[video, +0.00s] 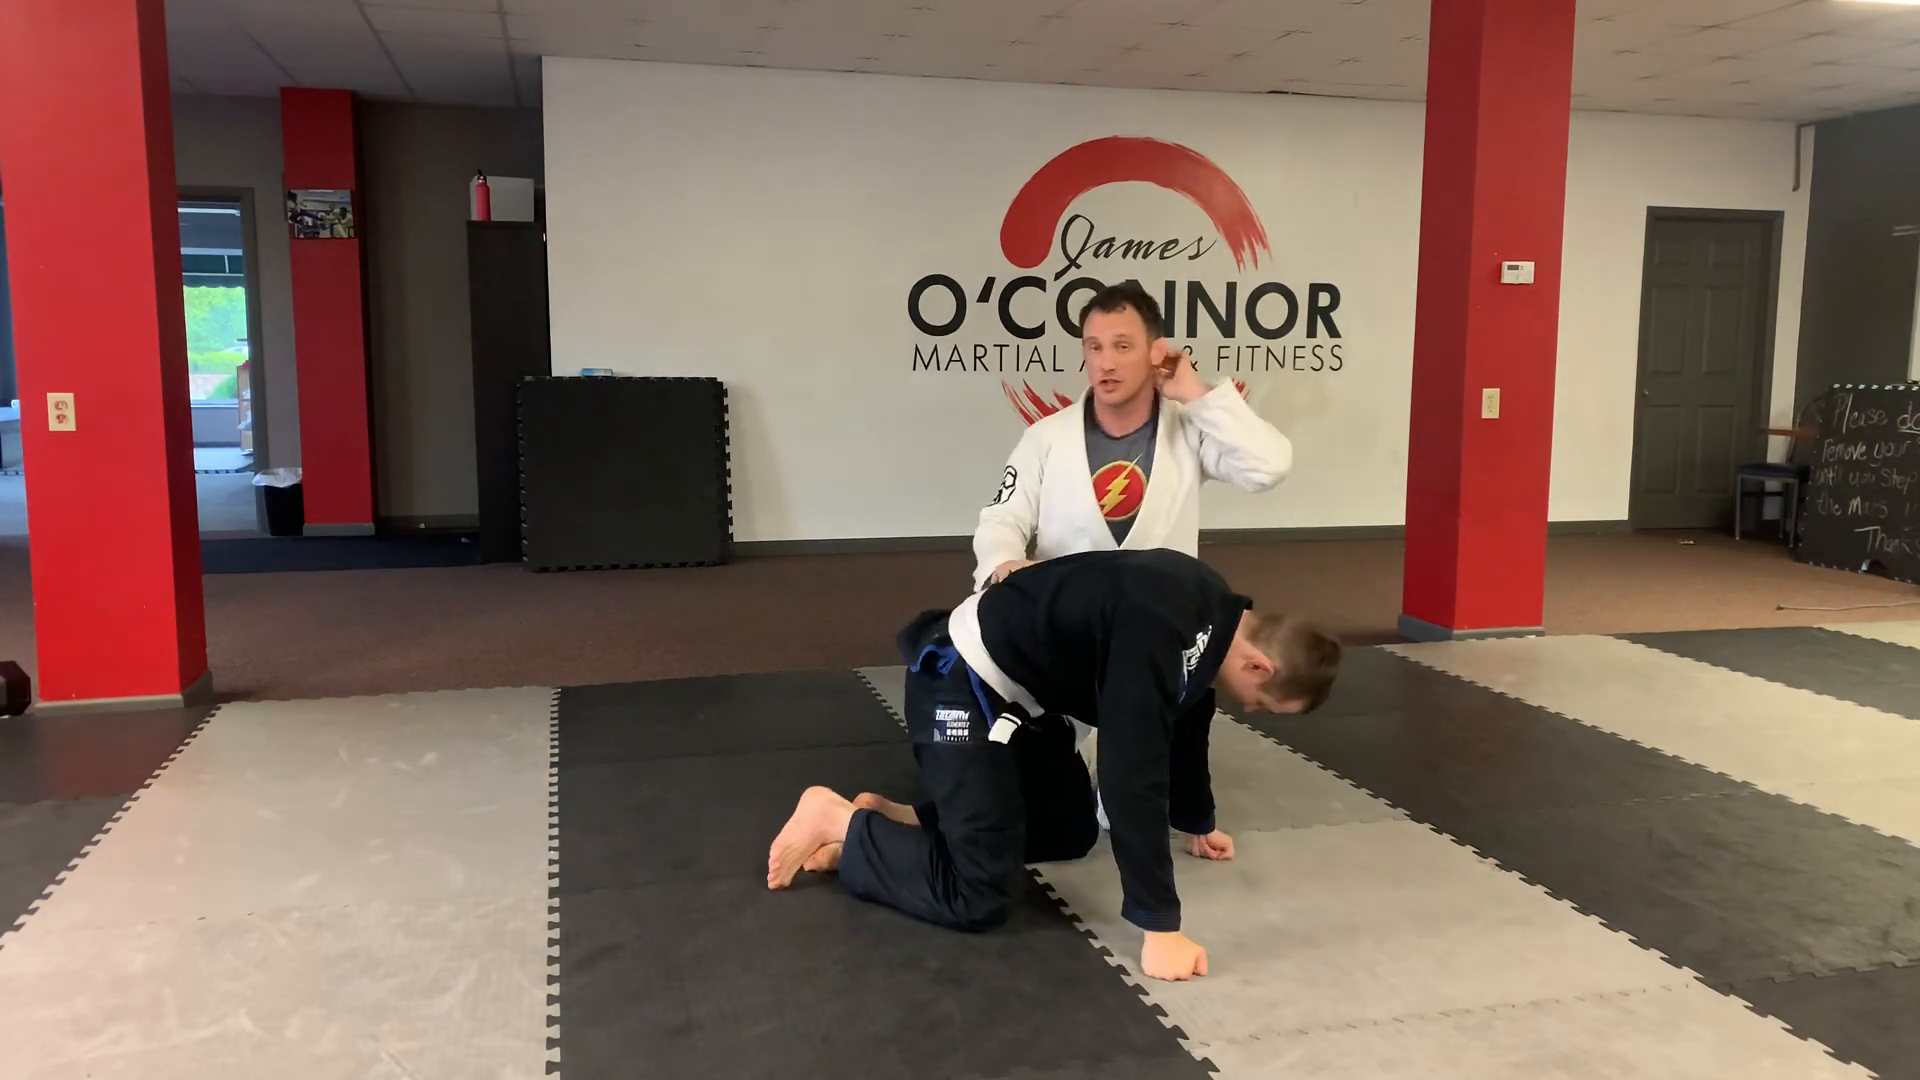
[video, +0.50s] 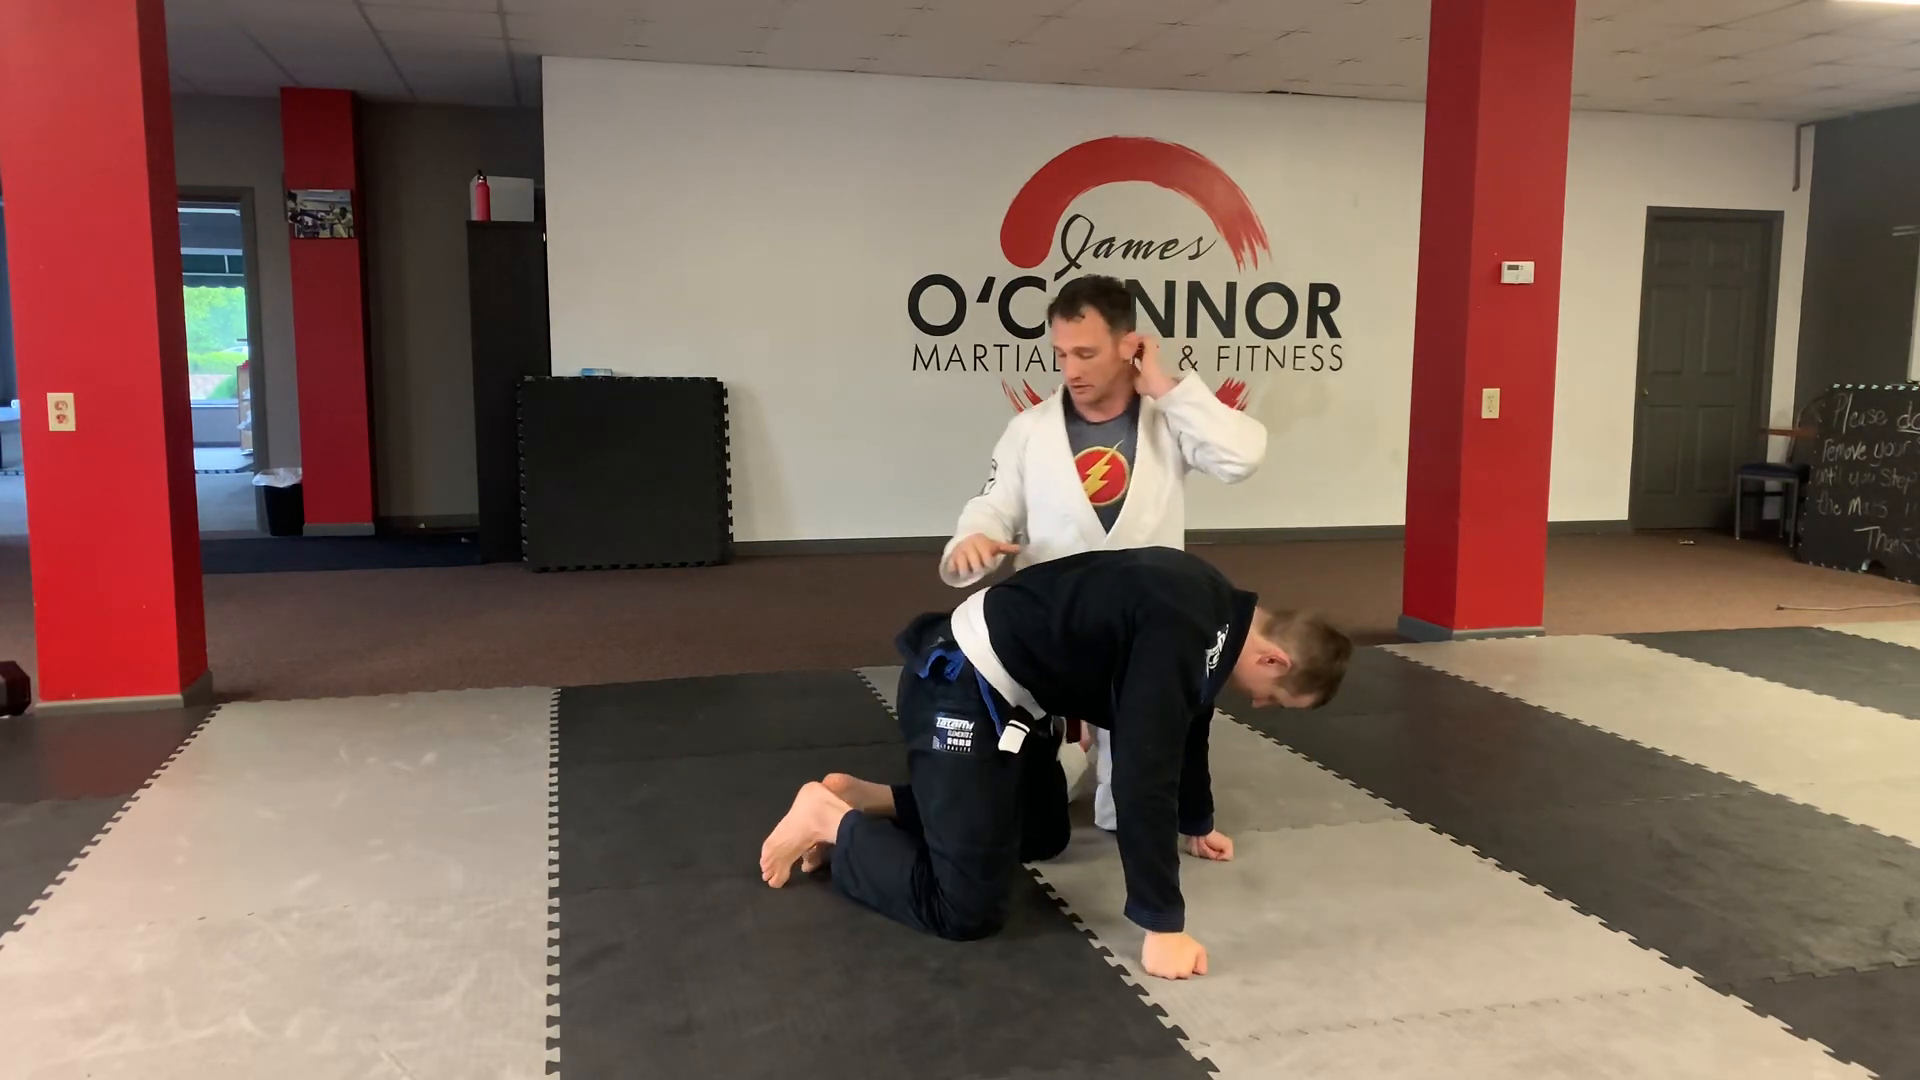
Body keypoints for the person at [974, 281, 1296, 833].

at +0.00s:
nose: (1105, 364)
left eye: (1122, 347)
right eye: (1094, 349)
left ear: (1158, 355)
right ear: (1083, 356)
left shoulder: (1188, 427)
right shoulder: (1046, 439)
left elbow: (1269, 468)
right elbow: (1002, 520)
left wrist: (1197, 394)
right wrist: (1003, 563)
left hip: (1160, 640)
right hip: (1067, 643)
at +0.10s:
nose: (1107, 365)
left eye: (1124, 349)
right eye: (1097, 349)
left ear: (1164, 353)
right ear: (1088, 352)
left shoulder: (1193, 425)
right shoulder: (1053, 432)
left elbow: (1275, 458)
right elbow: (1010, 515)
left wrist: (1199, 390)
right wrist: (1010, 563)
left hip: (1163, 641)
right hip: (1067, 641)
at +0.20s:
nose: (1103, 369)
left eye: (1120, 352)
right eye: (1095, 352)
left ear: (1162, 351)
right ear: (1087, 350)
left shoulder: (1196, 421)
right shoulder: (1054, 430)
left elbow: (1271, 464)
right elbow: (1014, 513)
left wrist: (1197, 394)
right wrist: (1011, 560)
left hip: (1165, 642)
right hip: (1069, 642)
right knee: (1065, 826)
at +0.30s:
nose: (1096, 369)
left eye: (1111, 353)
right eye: (1088, 352)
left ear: (1155, 349)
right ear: (1080, 349)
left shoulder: (1192, 418)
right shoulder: (1051, 430)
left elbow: (1265, 464)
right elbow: (1011, 512)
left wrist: (1193, 392)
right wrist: (1004, 555)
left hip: (1159, 643)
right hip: (1064, 642)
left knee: (1137, 814)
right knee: (1055, 821)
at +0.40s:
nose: (1085, 370)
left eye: (1100, 354)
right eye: (1076, 353)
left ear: (1145, 348)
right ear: (1068, 348)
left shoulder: (1181, 417)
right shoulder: (1043, 431)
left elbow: (1256, 458)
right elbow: (1007, 508)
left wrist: (1182, 388)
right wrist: (991, 544)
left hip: (1154, 638)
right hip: (1058, 640)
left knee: (1131, 811)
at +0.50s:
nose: (1070, 371)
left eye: (1085, 355)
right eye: (1062, 354)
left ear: (1129, 348)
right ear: (1054, 347)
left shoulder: (1166, 417)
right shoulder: (1029, 432)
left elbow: (1244, 456)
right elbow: (996, 510)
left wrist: (1166, 388)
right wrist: (971, 546)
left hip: (1146, 636)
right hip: (1051, 639)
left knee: (1128, 811)